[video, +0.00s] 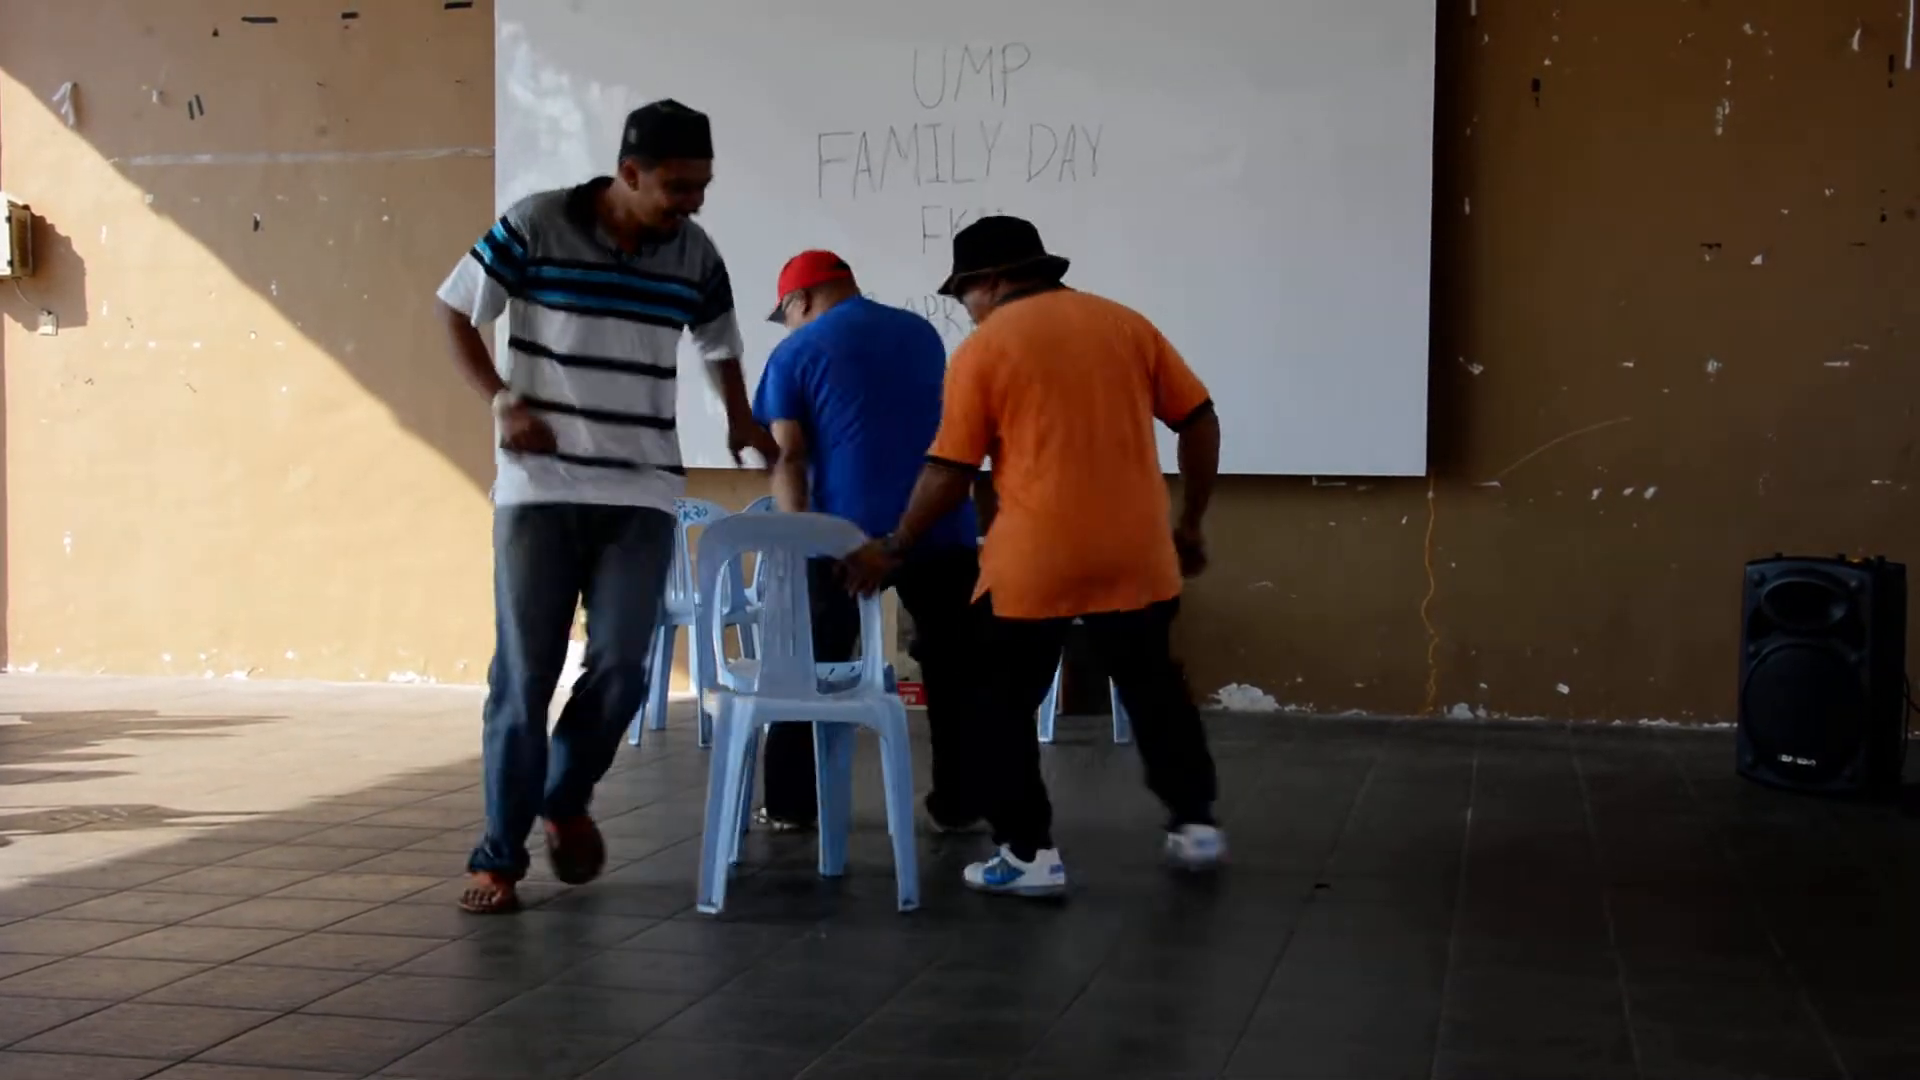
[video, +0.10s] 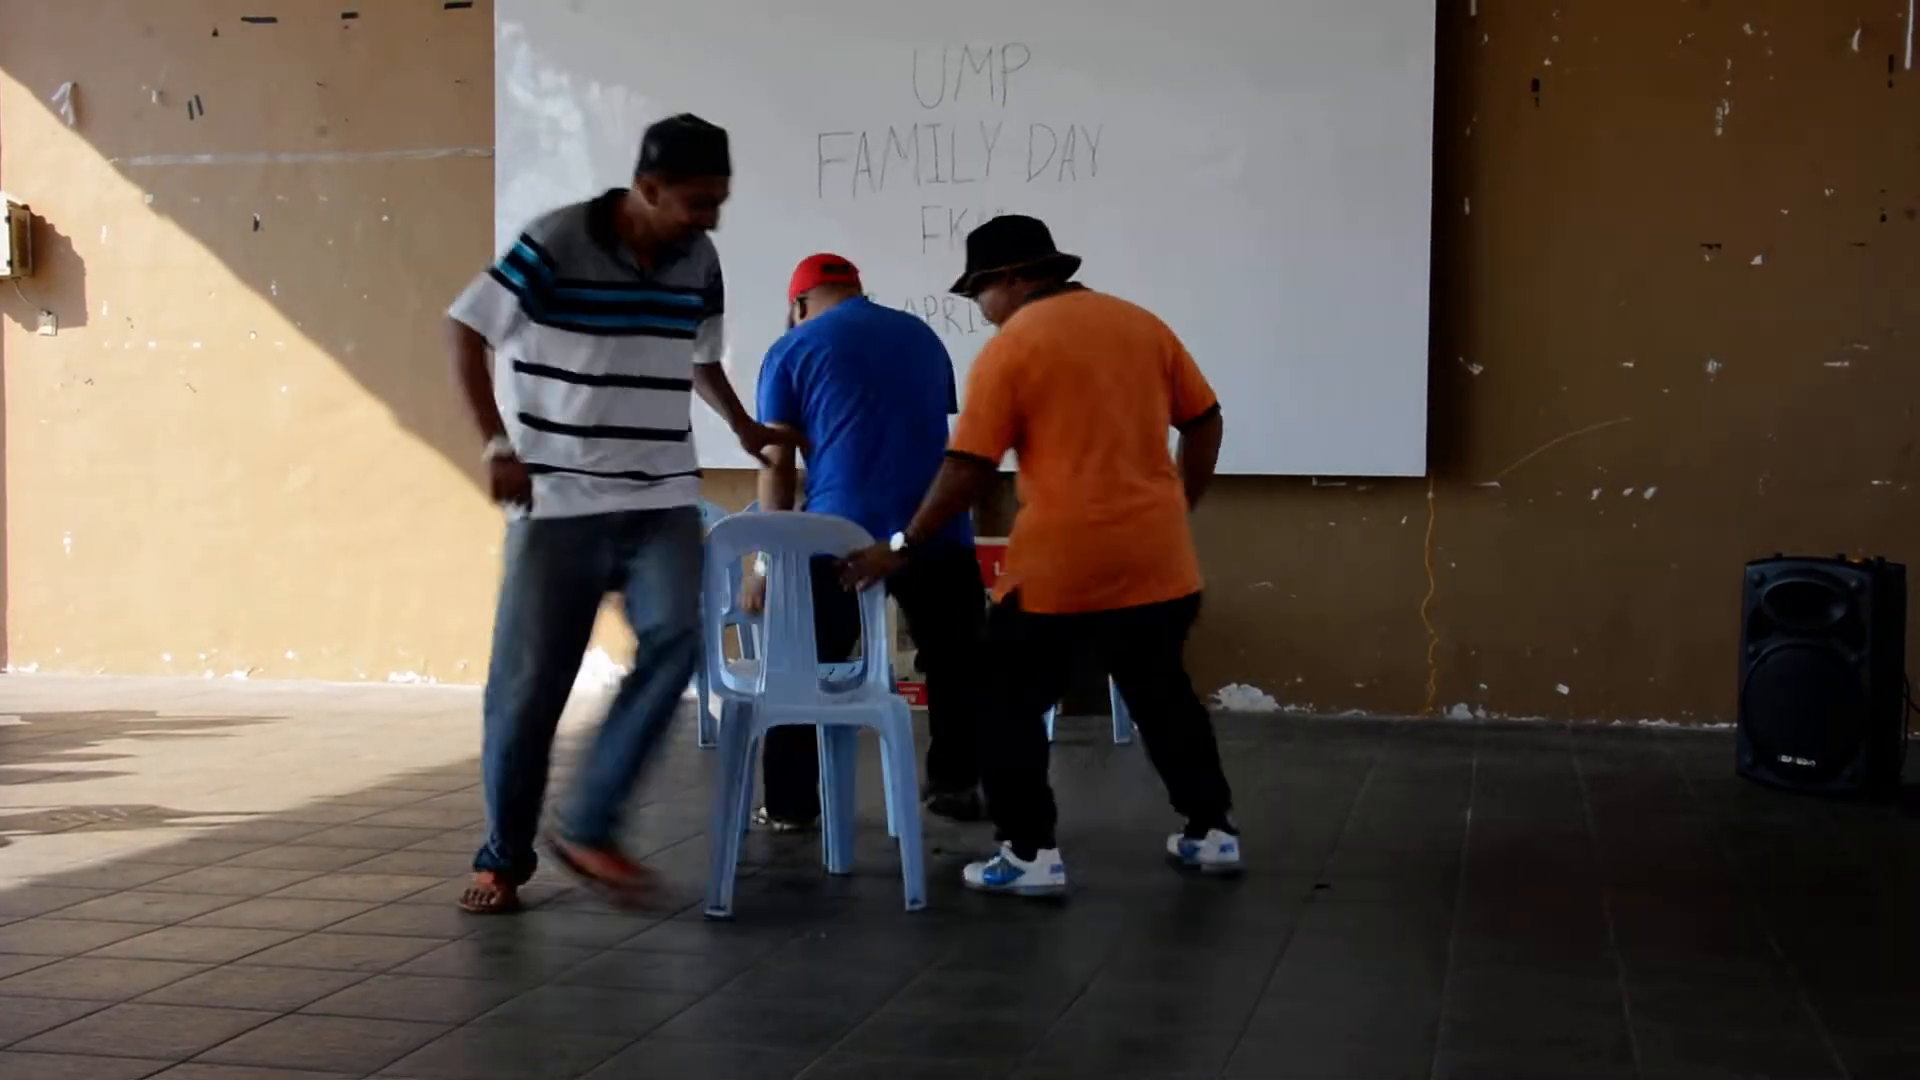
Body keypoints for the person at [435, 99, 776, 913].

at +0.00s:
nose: (692, 206)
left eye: (700, 190)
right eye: (679, 191)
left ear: (703, 178)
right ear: (629, 173)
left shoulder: (696, 257)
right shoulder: (538, 224)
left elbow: (722, 349)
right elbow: (459, 312)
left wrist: (741, 418)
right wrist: (500, 398)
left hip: (641, 491)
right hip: (540, 484)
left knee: (624, 665)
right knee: (524, 673)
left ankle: (566, 797)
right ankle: (497, 856)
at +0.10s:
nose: (710, 221)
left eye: (717, 205)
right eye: (698, 205)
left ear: (714, 193)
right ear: (647, 188)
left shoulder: (700, 262)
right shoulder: (556, 242)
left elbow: (702, 360)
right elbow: (468, 327)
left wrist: (749, 430)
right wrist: (496, 443)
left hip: (663, 501)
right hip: (560, 500)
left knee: (676, 642)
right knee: (527, 683)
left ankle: (590, 831)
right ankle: (503, 857)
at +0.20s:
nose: (747, 228)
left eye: (752, 213)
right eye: (738, 212)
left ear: (716, 201)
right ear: (689, 195)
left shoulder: (719, 268)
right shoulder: (586, 245)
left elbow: (701, 363)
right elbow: (490, 331)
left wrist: (761, 441)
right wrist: (505, 446)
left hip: (693, 513)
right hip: (585, 516)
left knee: (737, 671)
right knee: (549, 700)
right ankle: (511, 859)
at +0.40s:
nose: (820, 218)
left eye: (825, 202)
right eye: (816, 200)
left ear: (782, 188)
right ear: (769, 183)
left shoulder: (772, 258)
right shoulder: (662, 240)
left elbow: (746, 386)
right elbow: (562, 321)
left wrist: (784, 486)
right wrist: (600, 418)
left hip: (775, 526)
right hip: (676, 533)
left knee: (840, 687)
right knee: (645, 704)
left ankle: (798, 895)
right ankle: (546, 850)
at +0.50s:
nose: (840, 191)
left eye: (843, 173)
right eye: (836, 172)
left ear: (793, 166)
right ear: (799, 166)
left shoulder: (784, 255)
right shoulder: (689, 224)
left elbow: (763, 376)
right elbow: (627, 328)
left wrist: (787, 458)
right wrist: (712, 411)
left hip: (785, 509)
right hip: (700, 512)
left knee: (845, 684)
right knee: (692, 702)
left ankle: (807, 889)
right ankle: (637, 879)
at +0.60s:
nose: (852, 182)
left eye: (852, 164)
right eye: (848, 163)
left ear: (795, 157)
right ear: (817, 161)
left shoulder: (769, 241)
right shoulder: (725, 228)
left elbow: (737, 366)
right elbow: (730, 353)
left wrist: (782, 462)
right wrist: (833, 407)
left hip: (786, 504)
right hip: (709, 510)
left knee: (875, 659)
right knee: (708, 700)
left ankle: (820, 861)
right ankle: (648, 882)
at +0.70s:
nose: (863, 188)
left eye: (864, 170)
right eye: (861, 169)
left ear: (795, 160)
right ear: (832, 166)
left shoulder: (760, 227)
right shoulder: (762, 227)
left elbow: (736, 375)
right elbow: (837, 353)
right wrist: (894, 366)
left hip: (795, 508)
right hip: (720, 517)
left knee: (897, 655)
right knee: (721, 706)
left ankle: (876, 868)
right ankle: (650, 882)